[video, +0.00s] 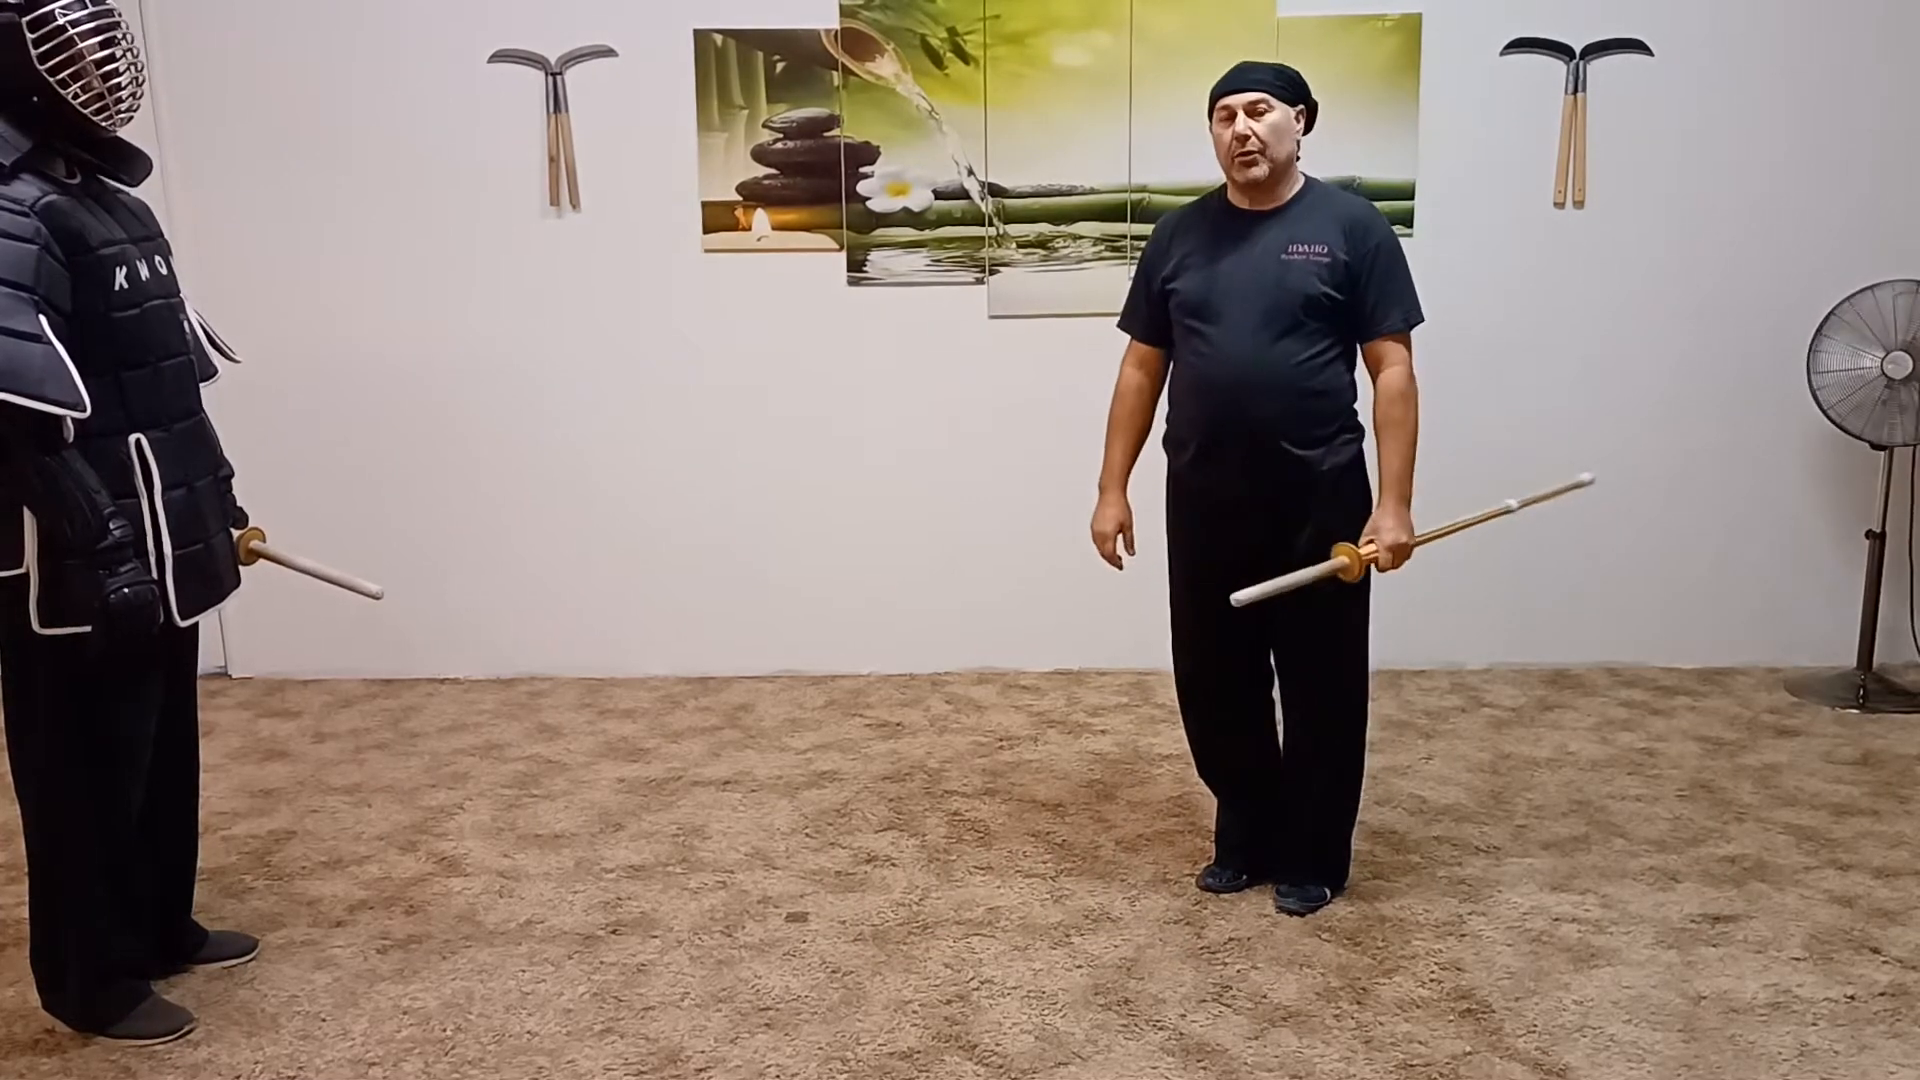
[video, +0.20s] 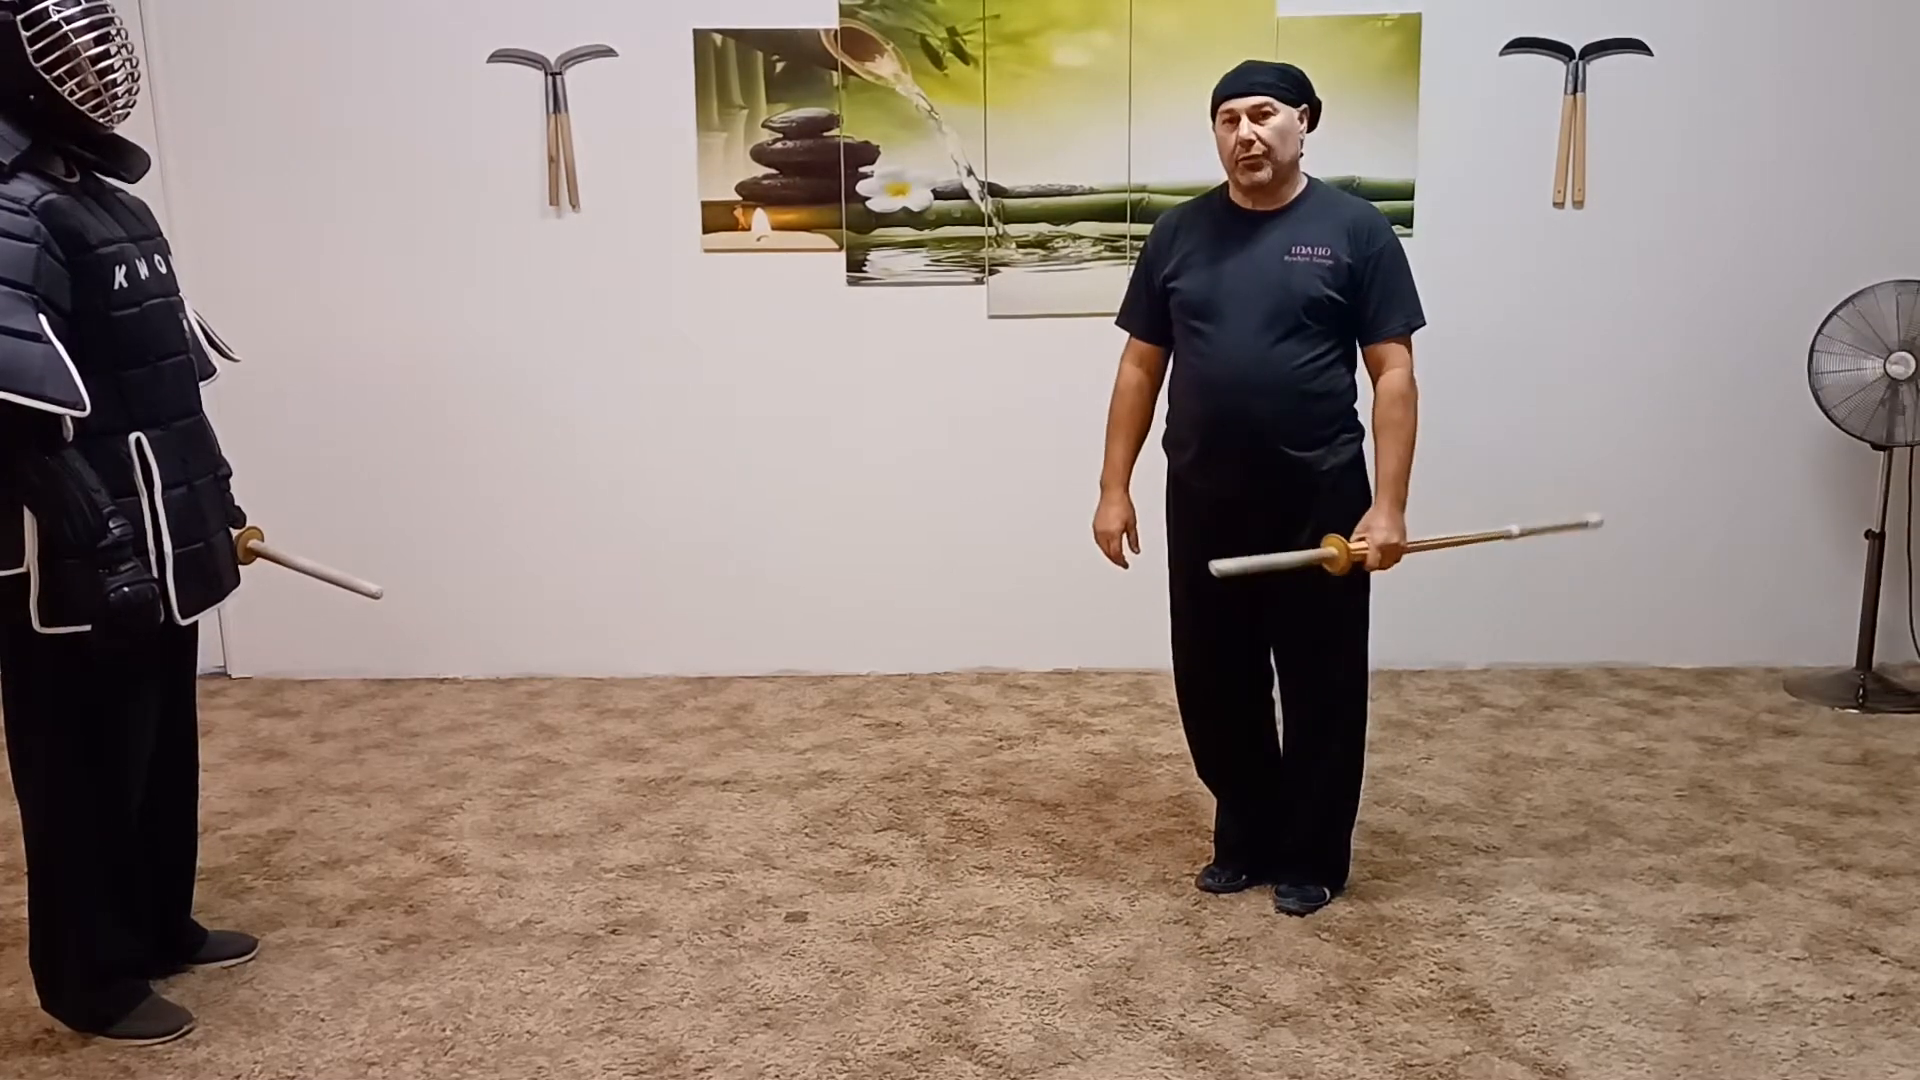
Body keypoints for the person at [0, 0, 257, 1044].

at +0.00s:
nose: (118, 76)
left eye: (116, 56)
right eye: (93, 59)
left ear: (107, 72)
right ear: (40, 75)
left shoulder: (121, 202)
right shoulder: (20, 211)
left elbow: (173, 381)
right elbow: (24, 404)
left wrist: (218, 506)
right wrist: (97, 538)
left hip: (158, 543)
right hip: (70, 557)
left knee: (160, 752)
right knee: (85, 772)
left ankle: (161, 933)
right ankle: (88, 982)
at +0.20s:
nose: (117, 75)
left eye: (112, 56)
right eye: (93, 58)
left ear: (89, 75)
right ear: (43, 75)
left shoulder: (121, 203)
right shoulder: (20, 212)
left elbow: (172, 383)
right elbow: (25, 407)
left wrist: (217, 508)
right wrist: (93, 543)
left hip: (157, 545)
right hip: (69, 559)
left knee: (159, 751)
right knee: (84, 773)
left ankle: (161, 932)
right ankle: (88, 983)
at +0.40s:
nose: (111, 74)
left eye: (105, 55)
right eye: (88, 59)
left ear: (68, 76)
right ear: (41, 75)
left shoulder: (119, 202)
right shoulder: (18, 210)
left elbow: (171, 380)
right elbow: (25, 406)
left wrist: (216, 507)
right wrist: (93, 543)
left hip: (156, 543)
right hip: (68, 556)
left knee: (158, 750)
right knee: (84, 772)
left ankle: (161, 932)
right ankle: (89, 983)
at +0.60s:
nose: (108, 72)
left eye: (102, 54)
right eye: (86, 57)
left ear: (69, 78)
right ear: (41, 76)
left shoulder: (118, 203)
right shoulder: (17, 209)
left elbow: (170, 379)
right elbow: (22, 403)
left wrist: (215, 508)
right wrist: (95, 536)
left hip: (155, 541)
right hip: (67, 553)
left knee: (158, 750)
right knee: (83, 771)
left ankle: (161, 932)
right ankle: (88, 983)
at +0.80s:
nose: (100, 68)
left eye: (94, 52)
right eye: (79, 54)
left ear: (56, 78)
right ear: (39, 74)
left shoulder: (115, 207)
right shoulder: (15, 212)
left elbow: (170, 384)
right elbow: (24, 408)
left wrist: (213, 511)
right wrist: (98, 538)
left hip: (153, 551)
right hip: (64, 562)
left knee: (157, 753)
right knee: (82, 774)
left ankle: (161, 932)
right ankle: (88, 984)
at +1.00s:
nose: (96, 67)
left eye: (90, 51)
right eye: (73, 53)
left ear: (59, 75)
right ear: (34, 74)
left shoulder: (111, 207)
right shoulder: (12, 214)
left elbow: (166, 384)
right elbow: (22, 410)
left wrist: (212, 511)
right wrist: (98, 538)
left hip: (153, 547)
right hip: (65, 560)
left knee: (156, 752)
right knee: (82, 773)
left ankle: (160, 931)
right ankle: (87, 983)